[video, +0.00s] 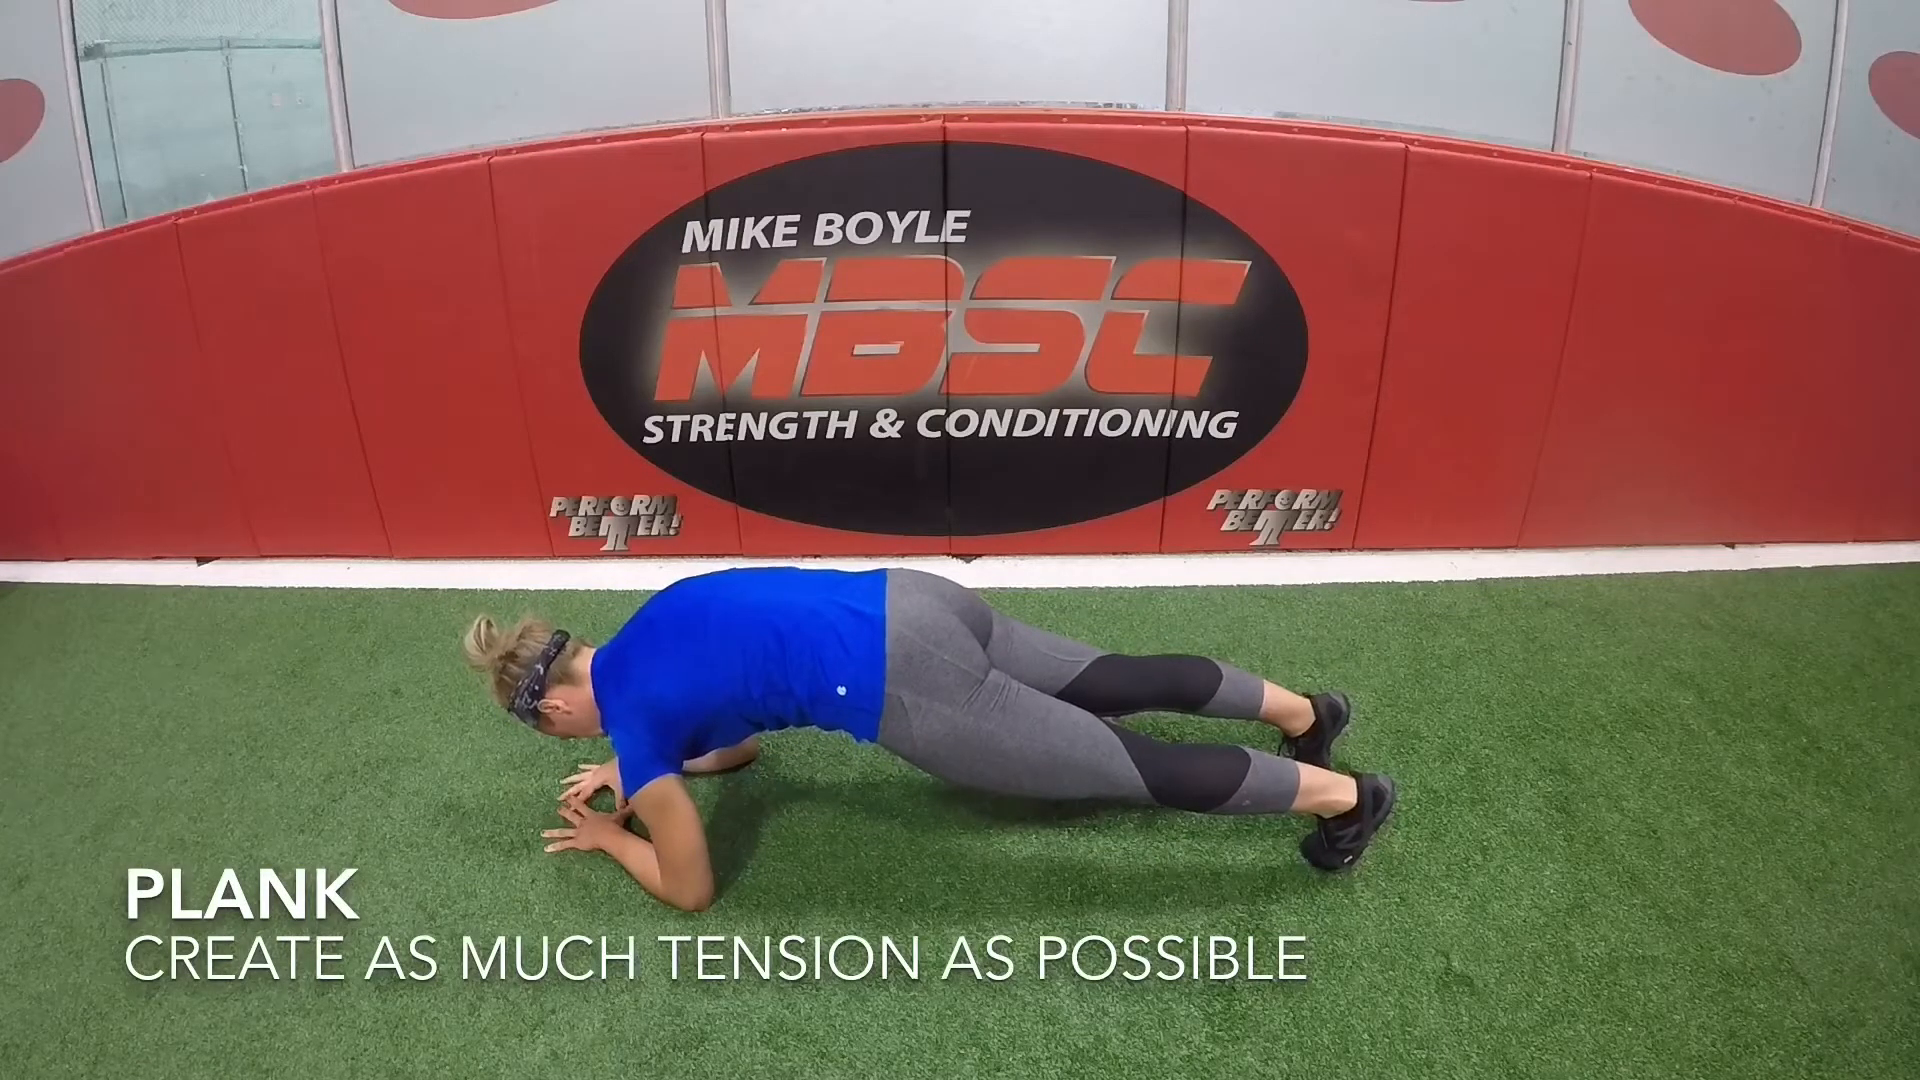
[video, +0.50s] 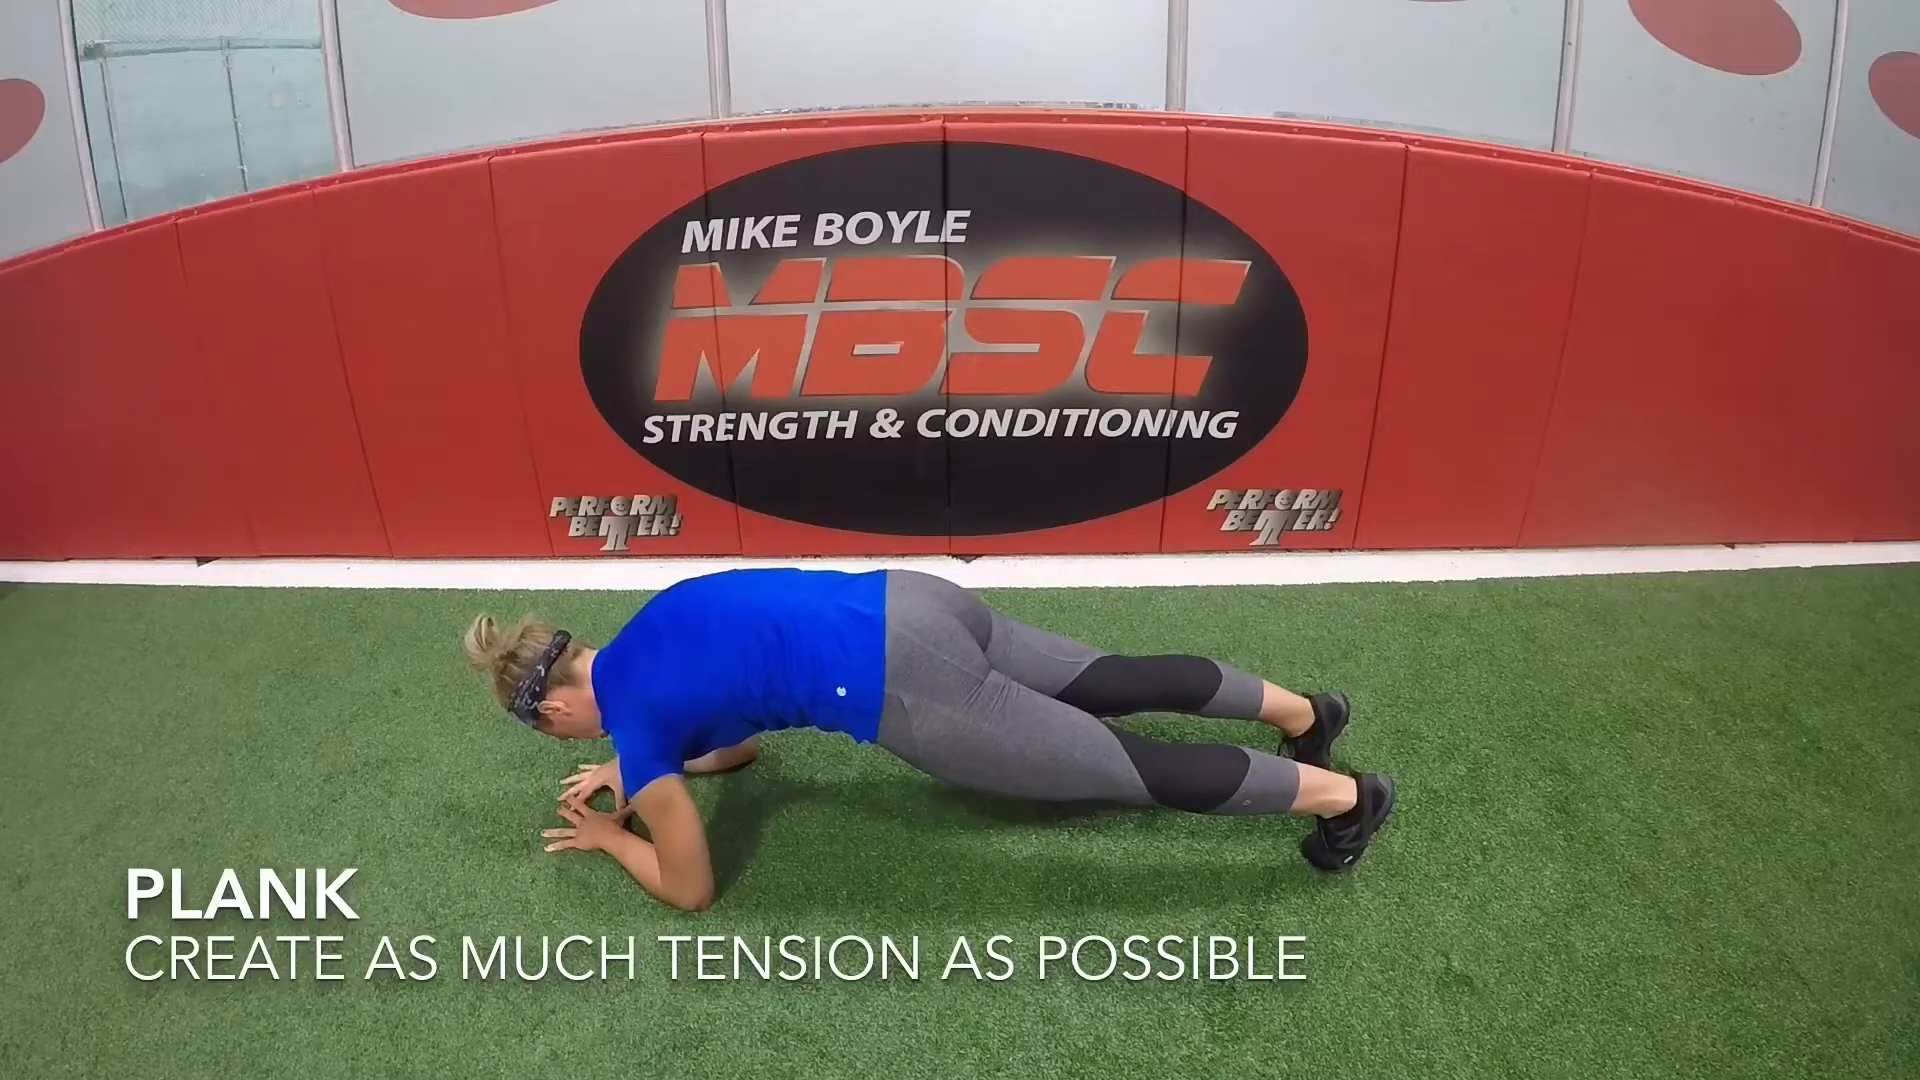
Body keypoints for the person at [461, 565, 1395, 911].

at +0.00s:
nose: (567, 735)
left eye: (551, 729)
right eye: (555, 729)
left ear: (557, 697)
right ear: (572, 646)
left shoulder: (631, 716)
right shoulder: (658, 609)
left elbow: (688, 885)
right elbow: (737, 740)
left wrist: (614, 841)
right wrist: (638, 778)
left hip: (901, 688)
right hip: (914, 591)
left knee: (1134, 767)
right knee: (1111, 677)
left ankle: (1342, 794)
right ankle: (1308, 715)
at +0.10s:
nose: (566, 736)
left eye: (551, 729)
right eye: (555, 730)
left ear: (557, 697)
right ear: (573, 647)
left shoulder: (631, 717)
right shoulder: (656, 611)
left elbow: (688, 886)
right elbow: (736, 741)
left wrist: (614, 841)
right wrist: (636, 776)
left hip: (901, 688)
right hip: (914, 591)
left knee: (1134, 767)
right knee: (1109, 677)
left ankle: (1342, 794)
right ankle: (1307, 715)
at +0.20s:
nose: (566, 736)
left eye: (551, 729)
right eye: (555, 731)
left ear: (558, 697)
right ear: (573, 648)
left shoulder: (631, 717)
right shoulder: (656, 612)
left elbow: (688, 886)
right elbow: (736, 741)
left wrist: (614, 841)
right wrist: (636, 776)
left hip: (901, 689)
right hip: (914, 592)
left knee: (1134, 767)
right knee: (1109, 678)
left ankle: (1341, 794)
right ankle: (1307, 715)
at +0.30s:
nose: (566, 737)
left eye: (551, 730)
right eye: (555, 731)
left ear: (558, 697)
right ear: (573, 648)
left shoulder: (631, 717)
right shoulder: (656, 612)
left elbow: (688, 886)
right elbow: (736, 741)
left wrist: (614, 841)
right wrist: (636, 777)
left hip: (901, 688)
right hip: (914, 592)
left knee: (1133, 767)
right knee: (1110, 678)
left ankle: (1341, 794)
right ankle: (1307, 715)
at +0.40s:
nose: (568, 735)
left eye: (553, 728)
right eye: (557, 729)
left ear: (558, 698)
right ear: (574, 646)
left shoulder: (632, 717)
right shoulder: (657, 612)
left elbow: (688, 885)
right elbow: (738, 743)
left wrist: (615, 841)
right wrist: (639, 779)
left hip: (900, 690)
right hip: (915, 593)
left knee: (1133, 769)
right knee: (1106, 678)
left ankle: (1341, 794)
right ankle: (1307, 715)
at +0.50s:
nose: (568, 735)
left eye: (553, 729)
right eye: (557, 729)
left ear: (558, 699)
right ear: (574, 647)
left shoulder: (633, 717)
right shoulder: (656, 613)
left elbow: (688, 885)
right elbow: (737, 743)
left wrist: (613, 840)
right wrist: (638, 778)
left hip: (901, 689)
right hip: (915, 593)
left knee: (1133, 769)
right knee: (1106, 678)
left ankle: (1341, 794)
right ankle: (1307, 715)